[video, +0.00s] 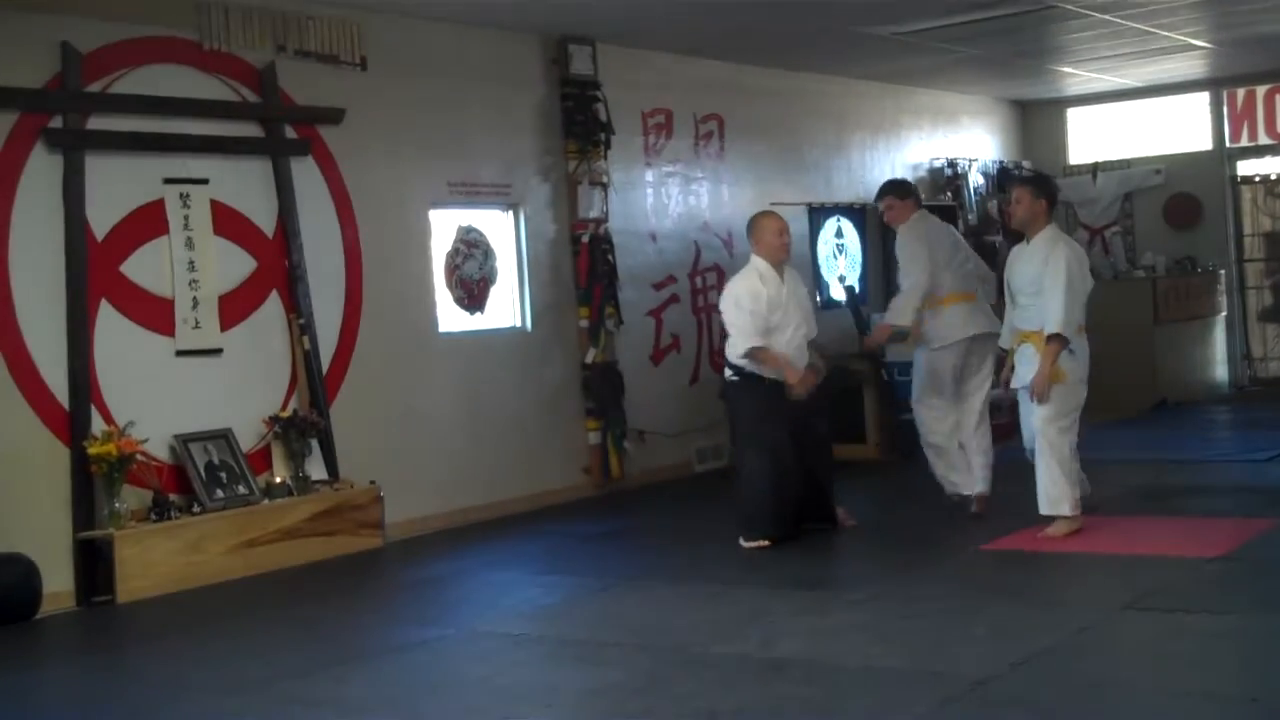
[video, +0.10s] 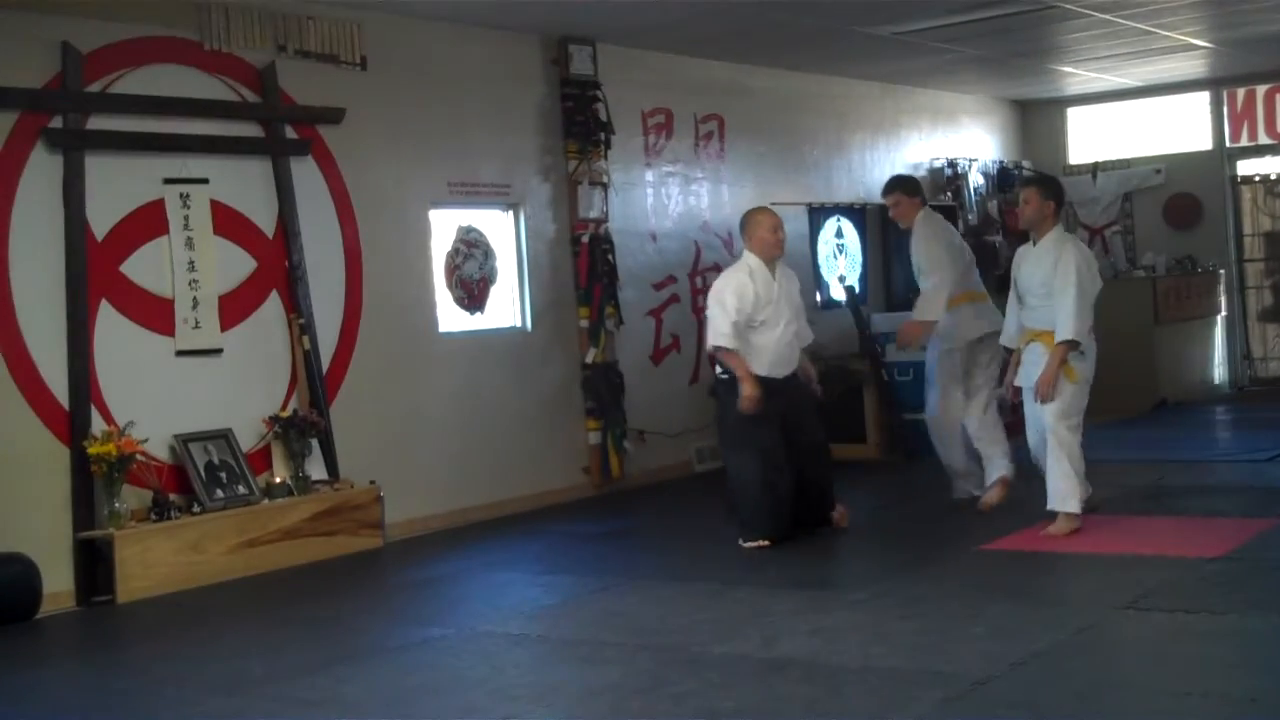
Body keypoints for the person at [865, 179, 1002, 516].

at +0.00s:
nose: (887, 217)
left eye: (890, 208)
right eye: (883, 211)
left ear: (910, 202)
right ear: (916, 205)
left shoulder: (911, 233)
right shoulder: (947, 230)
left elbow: (916, 282)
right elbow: (985, 274)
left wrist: (887, 326)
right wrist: (980, 311)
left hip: (945, 330)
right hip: (982, 326)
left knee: (930, 405)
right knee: (974, 407)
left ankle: (960, 484)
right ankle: (979, 488)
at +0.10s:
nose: (891, 214)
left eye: (895, 205)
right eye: (889, 207)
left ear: (915, 200)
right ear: (912, 202)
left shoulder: (925, 230)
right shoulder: (940, 226)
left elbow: (940, 277)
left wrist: (921, 321)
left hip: (956, 331)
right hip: (986, 326)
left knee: (942, 410)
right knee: (980, 403)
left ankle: (965, 485)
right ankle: (999, 472)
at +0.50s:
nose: (935, 207)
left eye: (942, 200)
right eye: (931, 201)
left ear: (958, 200)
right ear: (928, 204)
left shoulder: (979, 233)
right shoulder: (940, 244)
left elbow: (987, 283)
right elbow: (933, 297)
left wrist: (980, 332)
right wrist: (918, 342)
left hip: (987, 326)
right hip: (968, 326)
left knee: (971, 406)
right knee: (990, 401)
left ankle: (983, 482)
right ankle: (1012, 464)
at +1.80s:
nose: (952, 206)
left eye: (959, 200)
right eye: (946, 200)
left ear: (971, 203)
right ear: (939, 206)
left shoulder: (989, 242)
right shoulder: (933, 249)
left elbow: (999, 295)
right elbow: (928, 302)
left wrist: (990, 344)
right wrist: (929, 351)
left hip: (979, 334)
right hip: (948, 335)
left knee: (964, 408)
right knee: (938, 408)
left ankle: (986, 480)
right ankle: (997, 451)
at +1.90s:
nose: (945, 207)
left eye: (952, 200)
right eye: (939, 200)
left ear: (966, 205)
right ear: (932, 206)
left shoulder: (984, 244)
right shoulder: (927, 250)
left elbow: (991, 298)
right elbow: (922, 304)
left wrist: (983, 347)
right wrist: (919, 350)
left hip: (971, 335)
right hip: (939, 335)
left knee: (962, 409)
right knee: (920, 406)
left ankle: (984, 478)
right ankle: (956, 468)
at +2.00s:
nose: (932, 203)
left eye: (939, 197)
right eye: (927, 197)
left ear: (953, 202)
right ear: (921, 203)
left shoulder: (972, 241)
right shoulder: (916, 246)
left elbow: (981, 295)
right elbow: (911, 299)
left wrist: (976, 343)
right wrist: (911, 345)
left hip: (961, 332)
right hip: (927, 332)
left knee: (963, 409)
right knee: (908, 406)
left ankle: (983, 479)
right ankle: (921, 479)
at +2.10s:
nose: (916, 202)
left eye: (923, 196)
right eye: (911, 197)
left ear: (938, 200)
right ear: (906, 202)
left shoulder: (957, 238)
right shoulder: (902, 246)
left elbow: (970, 293)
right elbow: (898, 300)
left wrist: (968, 343)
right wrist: (897, 346)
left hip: (952, 333)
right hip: (915, 333)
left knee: (965, 411)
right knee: (899, 406)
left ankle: (984, 479)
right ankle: (881, 481)